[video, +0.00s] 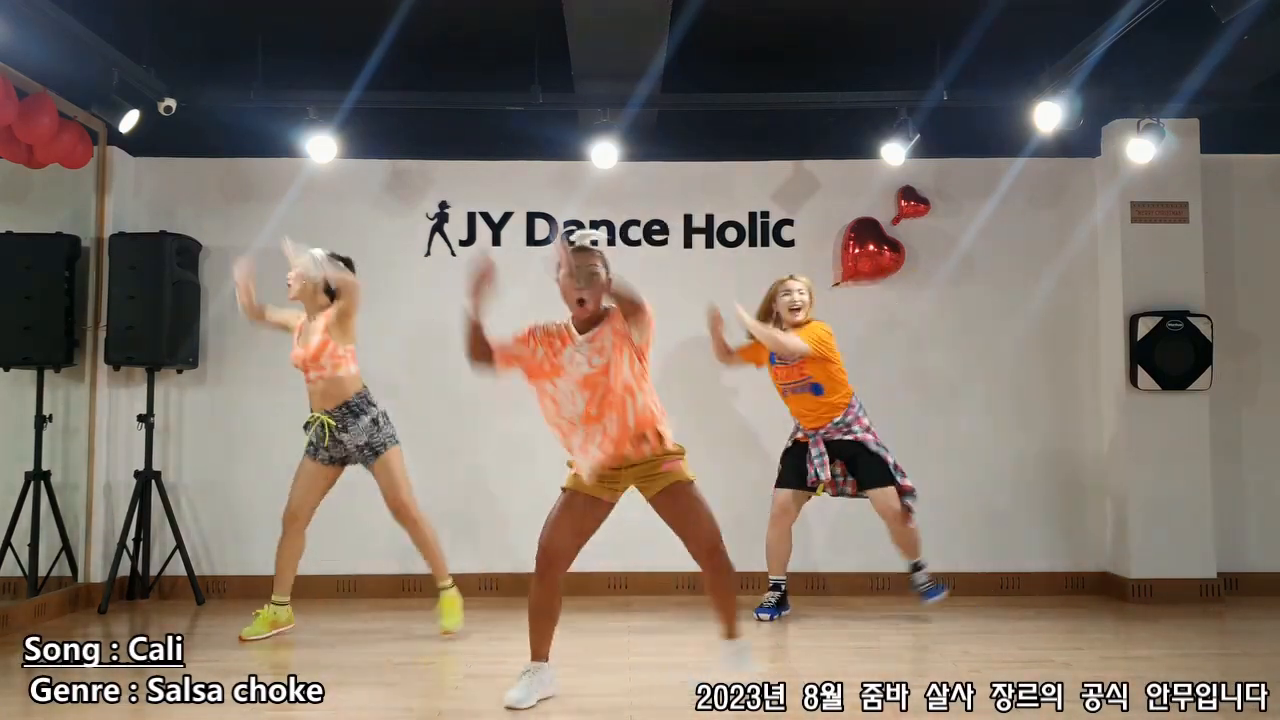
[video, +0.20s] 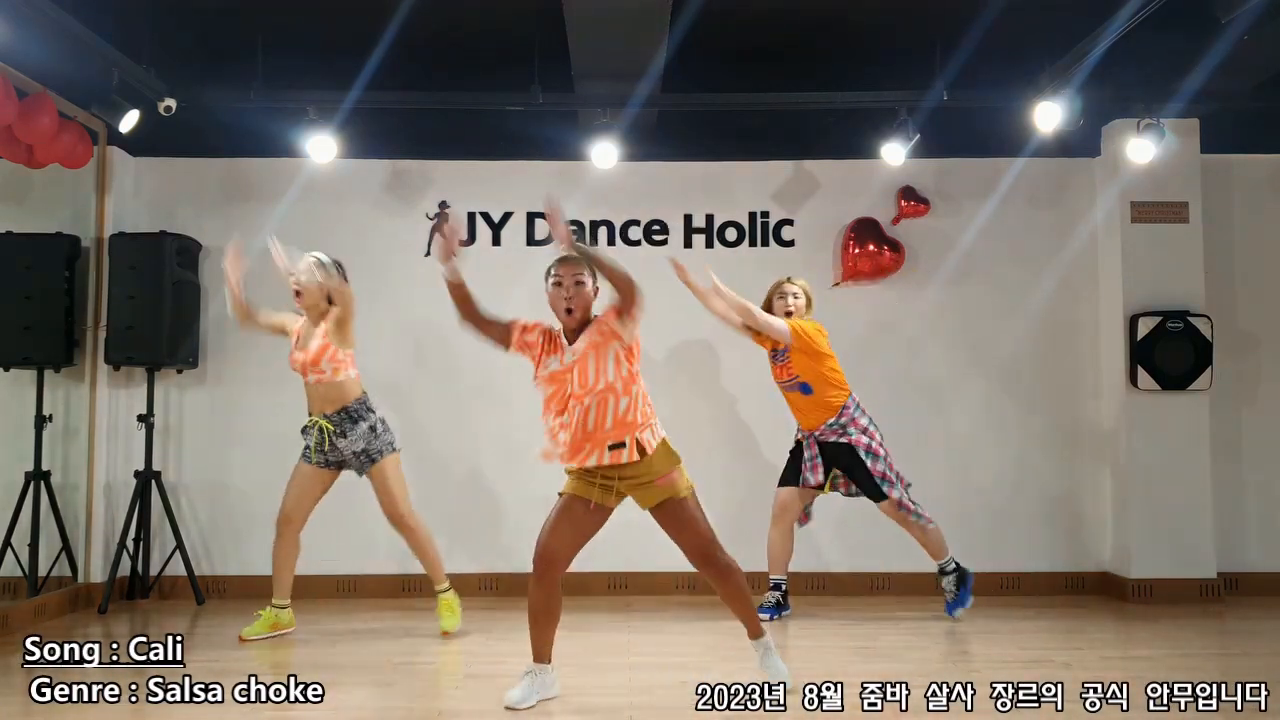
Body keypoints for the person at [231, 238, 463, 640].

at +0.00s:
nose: (290, 279)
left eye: (297, 274)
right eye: (291, 273)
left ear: (318, 282)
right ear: (297, 282)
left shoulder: (338, 316)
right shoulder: (298, 322)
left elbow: (349, 288)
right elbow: (257, 313)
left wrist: (319, 262)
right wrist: (245, 284)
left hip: (362, 418)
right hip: (324, 427)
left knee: (403, 508)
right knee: (294, 517)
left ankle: (447, 589)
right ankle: (279, 607)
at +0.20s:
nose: (295, 285)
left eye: (305, 279)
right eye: (294, 278)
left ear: (330, 288)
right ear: (293, 287)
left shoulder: (339, 324)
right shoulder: (294, 325)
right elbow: (249, 318)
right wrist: (234, 282)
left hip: (362, 424)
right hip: (322, 432)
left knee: (400, 513)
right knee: (288, 521)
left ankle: (445, 593)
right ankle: (280, 609)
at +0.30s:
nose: (316, 291)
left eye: (326, 285)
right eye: (311, 284)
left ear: (343, 294)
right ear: (304, 293)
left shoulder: (357, 335)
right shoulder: (300, 341)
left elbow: (395, 366)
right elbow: (268, 380)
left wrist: (358, 359)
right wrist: (264, 369)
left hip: (364, 435)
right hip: (321, 440)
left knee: (397, 529)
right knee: (278, 528)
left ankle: (427, 606)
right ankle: (279, 613)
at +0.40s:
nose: (342, 295)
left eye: (351, 288)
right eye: (335, 289)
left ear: (365, 296)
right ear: (327, 298)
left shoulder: (385, 343)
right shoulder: (320, 347)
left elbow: (424, 389)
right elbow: (298, 395)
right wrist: (285, 411)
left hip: (380, 440)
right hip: (335, 441)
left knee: (401, 534)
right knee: (286, 526)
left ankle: (423, 611)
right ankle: (278, 613)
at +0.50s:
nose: (365, 287)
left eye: (372, 280)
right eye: (358, 281)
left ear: (385, 286)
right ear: (348, 290)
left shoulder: (408, 330)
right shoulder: (339, 335)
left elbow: (454, 365)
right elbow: (299, 380)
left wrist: (444, 366)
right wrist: (306, 370)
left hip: (402, 431)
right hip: (356, 432)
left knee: (415, 528)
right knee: (313, 523)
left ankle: (424, 611)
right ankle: (295, 605)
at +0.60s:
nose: (383, 284)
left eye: (391, 278)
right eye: (376, 279)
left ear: (402, 285)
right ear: (365, 286)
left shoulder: (419, 322)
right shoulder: (356, 325)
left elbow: (475, 342)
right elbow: (306, 352)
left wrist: (443, 330)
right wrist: (328, 335)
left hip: (418, 425)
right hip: (373, 426)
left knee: (418, 525)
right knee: (346, 518)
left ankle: (425, 610)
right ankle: (354, 601)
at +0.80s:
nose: (418, 291)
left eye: (426, 285)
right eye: (411, 285)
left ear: (436, 292)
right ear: (399, 292)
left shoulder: (449, 331)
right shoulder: (385, 333)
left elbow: (503, 363)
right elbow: (333, 361)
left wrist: (476, 346)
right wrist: (367, 343)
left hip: (444, 428)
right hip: (398, 431)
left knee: (484, 513)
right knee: (381, 532)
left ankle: (486, 594)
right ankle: (386, 613)